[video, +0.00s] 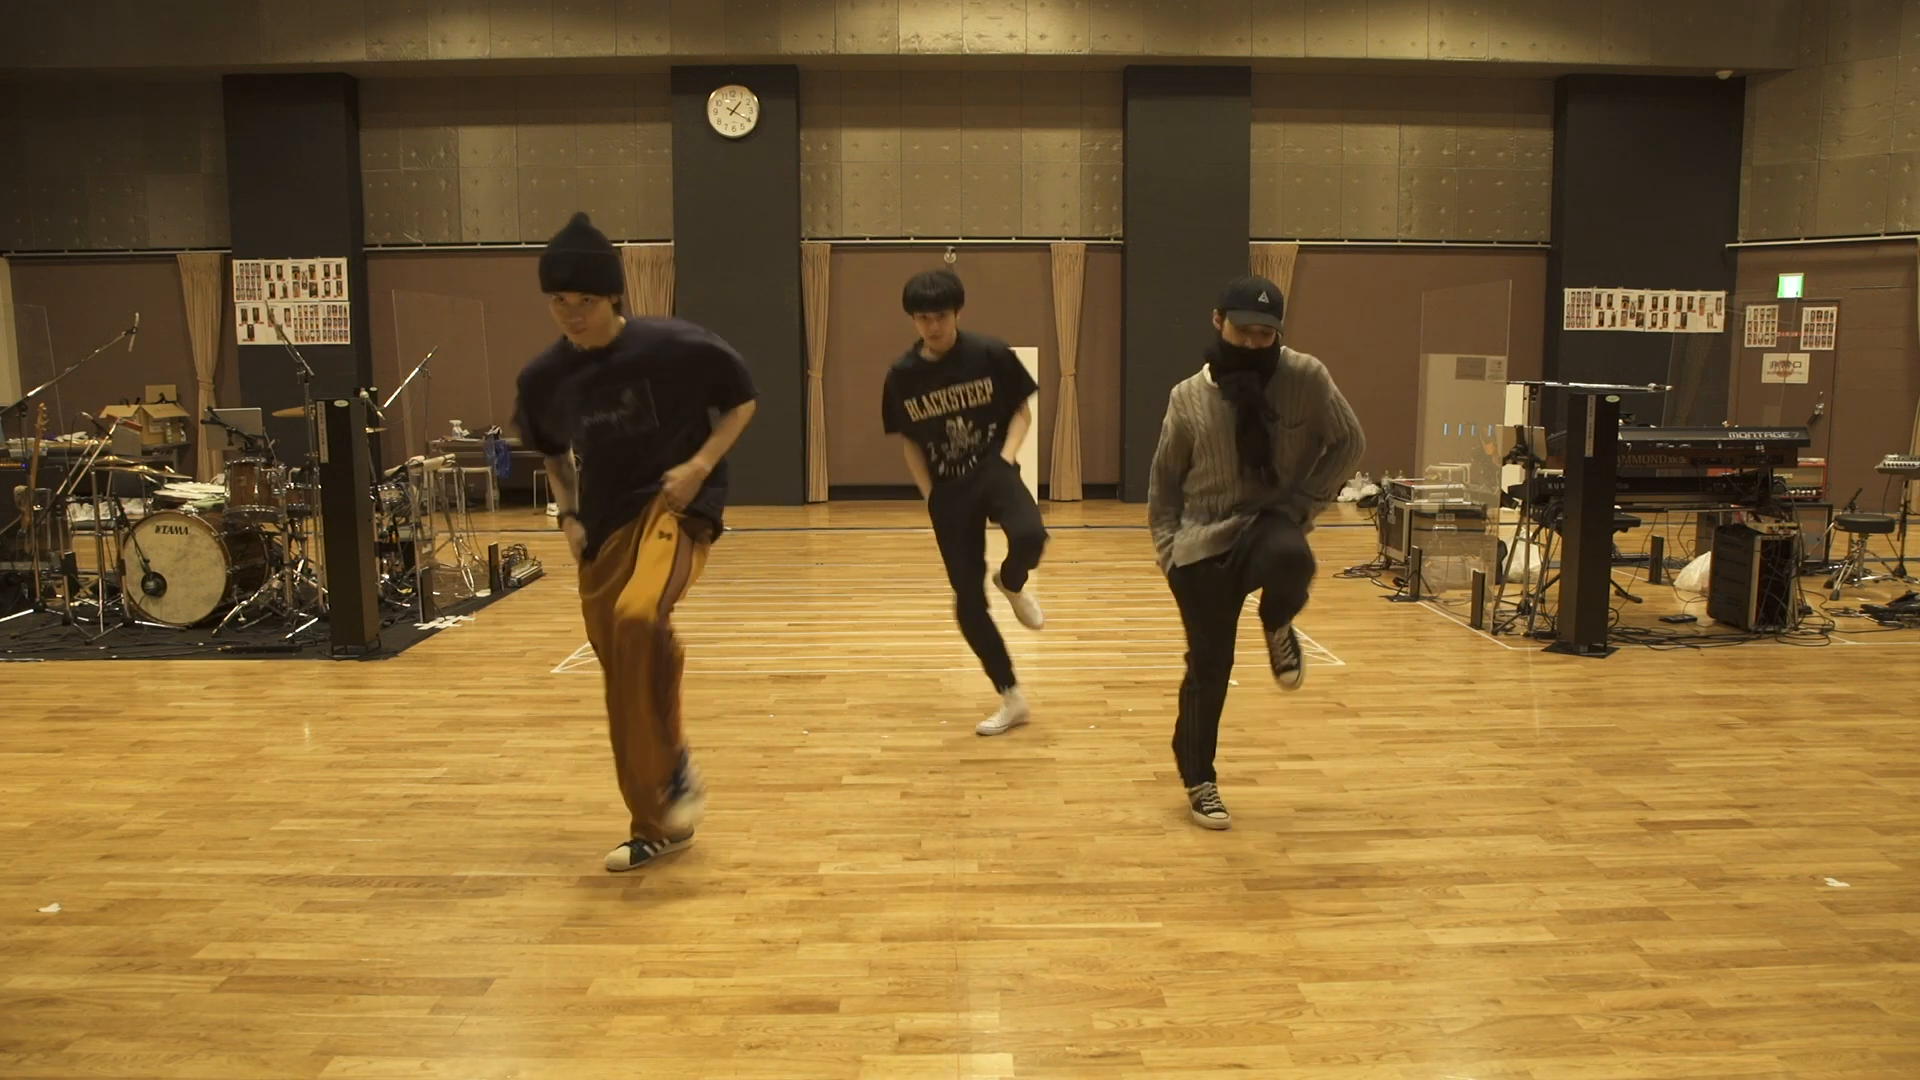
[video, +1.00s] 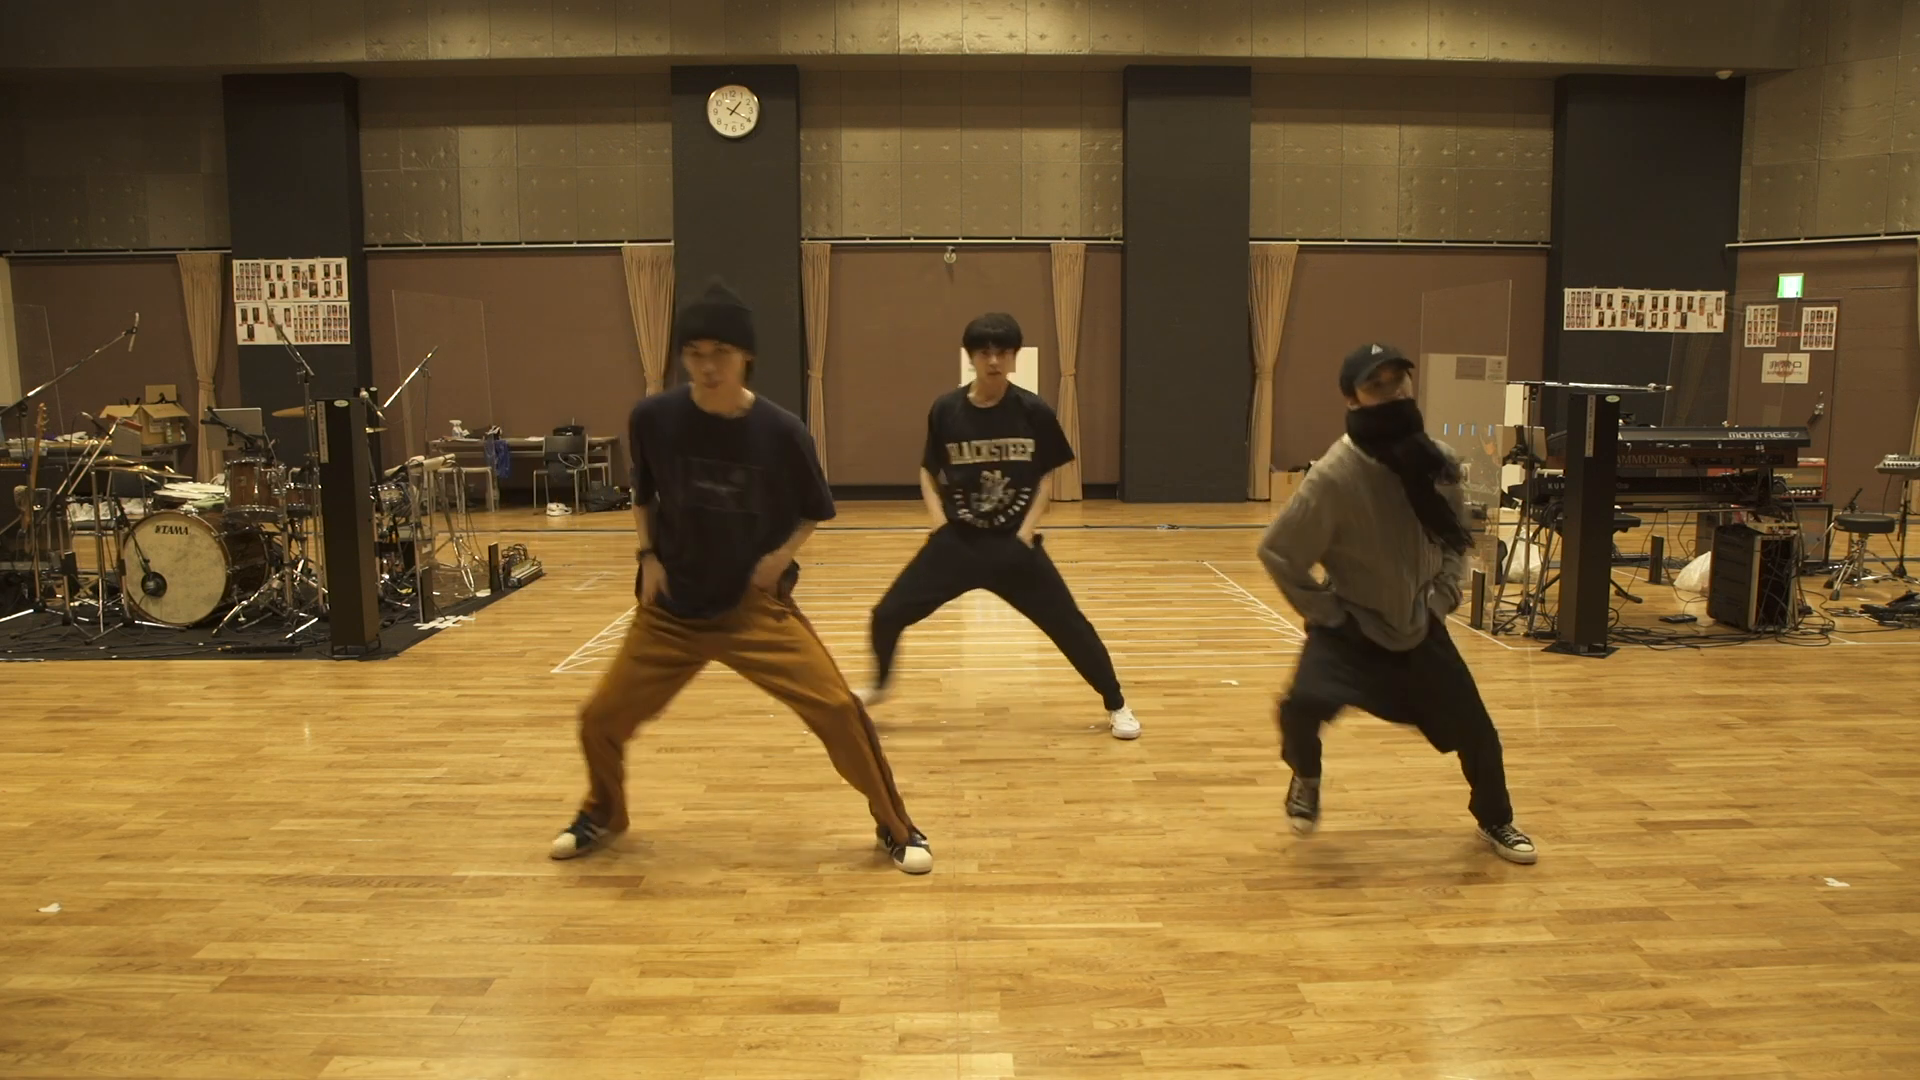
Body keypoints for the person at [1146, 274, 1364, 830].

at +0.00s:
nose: (1254, 342)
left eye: (1265, 332)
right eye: (1244, 330)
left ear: (1279, 332)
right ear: (1219, 324)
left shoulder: (1305, 377)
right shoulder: (1189, 398)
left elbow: (1348, 441)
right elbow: (1164, 479)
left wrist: (1305, 504)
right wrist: (1168, 547)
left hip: (1270, 521)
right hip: (1203, 535)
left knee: (1291, 562)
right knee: (1209, 666)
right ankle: (1200, 779)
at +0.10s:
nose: (1254, 343)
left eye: (1264, 332)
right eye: (1243, 331)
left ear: (1276, 331)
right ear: (1216, 325)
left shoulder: (1299, 378)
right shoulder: (1181, 397)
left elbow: (1327, 462)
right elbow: (1160, 485)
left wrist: (1292, 536)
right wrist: (1169, 543)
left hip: (1265, 549)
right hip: (1194, 555)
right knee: (1194, 672)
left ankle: (1245, 665)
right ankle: (1199, 780)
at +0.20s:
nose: (1253, 347)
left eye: (1262, 337)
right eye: (1241, 336)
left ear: (1276, 335)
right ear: (1214, 329)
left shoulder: (1297, 387)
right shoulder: (1177, 397)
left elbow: (1307, 480)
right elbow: (1152, 488)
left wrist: (1297, 558)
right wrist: (1173, 540)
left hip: (1264, 566)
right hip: (1195, 565)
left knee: (1250, 680)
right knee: (1196, 678)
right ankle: (1201, 780)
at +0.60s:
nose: (1295, 366)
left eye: (1303, 357)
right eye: (1282, 356)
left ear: (1311, 364)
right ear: (1253, 362)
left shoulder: (1334, 433)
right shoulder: (1222, 436)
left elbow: (1344, 519)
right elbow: (1190, 524)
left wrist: (1330, 581)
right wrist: (1223, 597)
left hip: (1305, 592)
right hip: (1243, 594)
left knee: (1319, 703)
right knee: (1246, 701)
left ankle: (1239, 708)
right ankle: (1215, 798)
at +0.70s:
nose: (1321, 367)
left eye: (1328, 357)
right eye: (1307, 357)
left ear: (1336, 364)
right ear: (1278, 364)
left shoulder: (1352, 435)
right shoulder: (1250, 439)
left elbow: (1353, 519)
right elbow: (1202, 531)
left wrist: (1346, 577)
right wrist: (1229, 605)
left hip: (1331, 598)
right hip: (1262, 608)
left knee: (1411, 659)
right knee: (1242, 714)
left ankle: (1333, 729)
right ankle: (1216, 797)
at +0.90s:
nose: (1383, 370)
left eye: (1387, 359)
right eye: (1369, 361)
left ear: (1393, 364)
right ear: (1339, 370)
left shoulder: (1386, 426)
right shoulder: (1321, 443)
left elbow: (1393, 511)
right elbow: (1292, 542)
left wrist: (1415, 572)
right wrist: (1325, 621)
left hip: (1415, 593)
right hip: (1353, 616)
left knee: (1465, 707)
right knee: (1368, 733)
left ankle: (1496, 818)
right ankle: (1285, 786)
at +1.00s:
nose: (1395, 393)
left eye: (1400, 381)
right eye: (1378, 386)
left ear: (1412, 387)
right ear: (1353, 399)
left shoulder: (1435, 462)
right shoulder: (1334, 473)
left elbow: (1458, 538)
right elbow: (1277, 551)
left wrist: (1443, 594)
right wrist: (1323, 610)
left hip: (1420, 624)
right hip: (1348, 623)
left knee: (1477, 731)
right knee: (1300, 710)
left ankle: (1497, 820)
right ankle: (1306, 776)